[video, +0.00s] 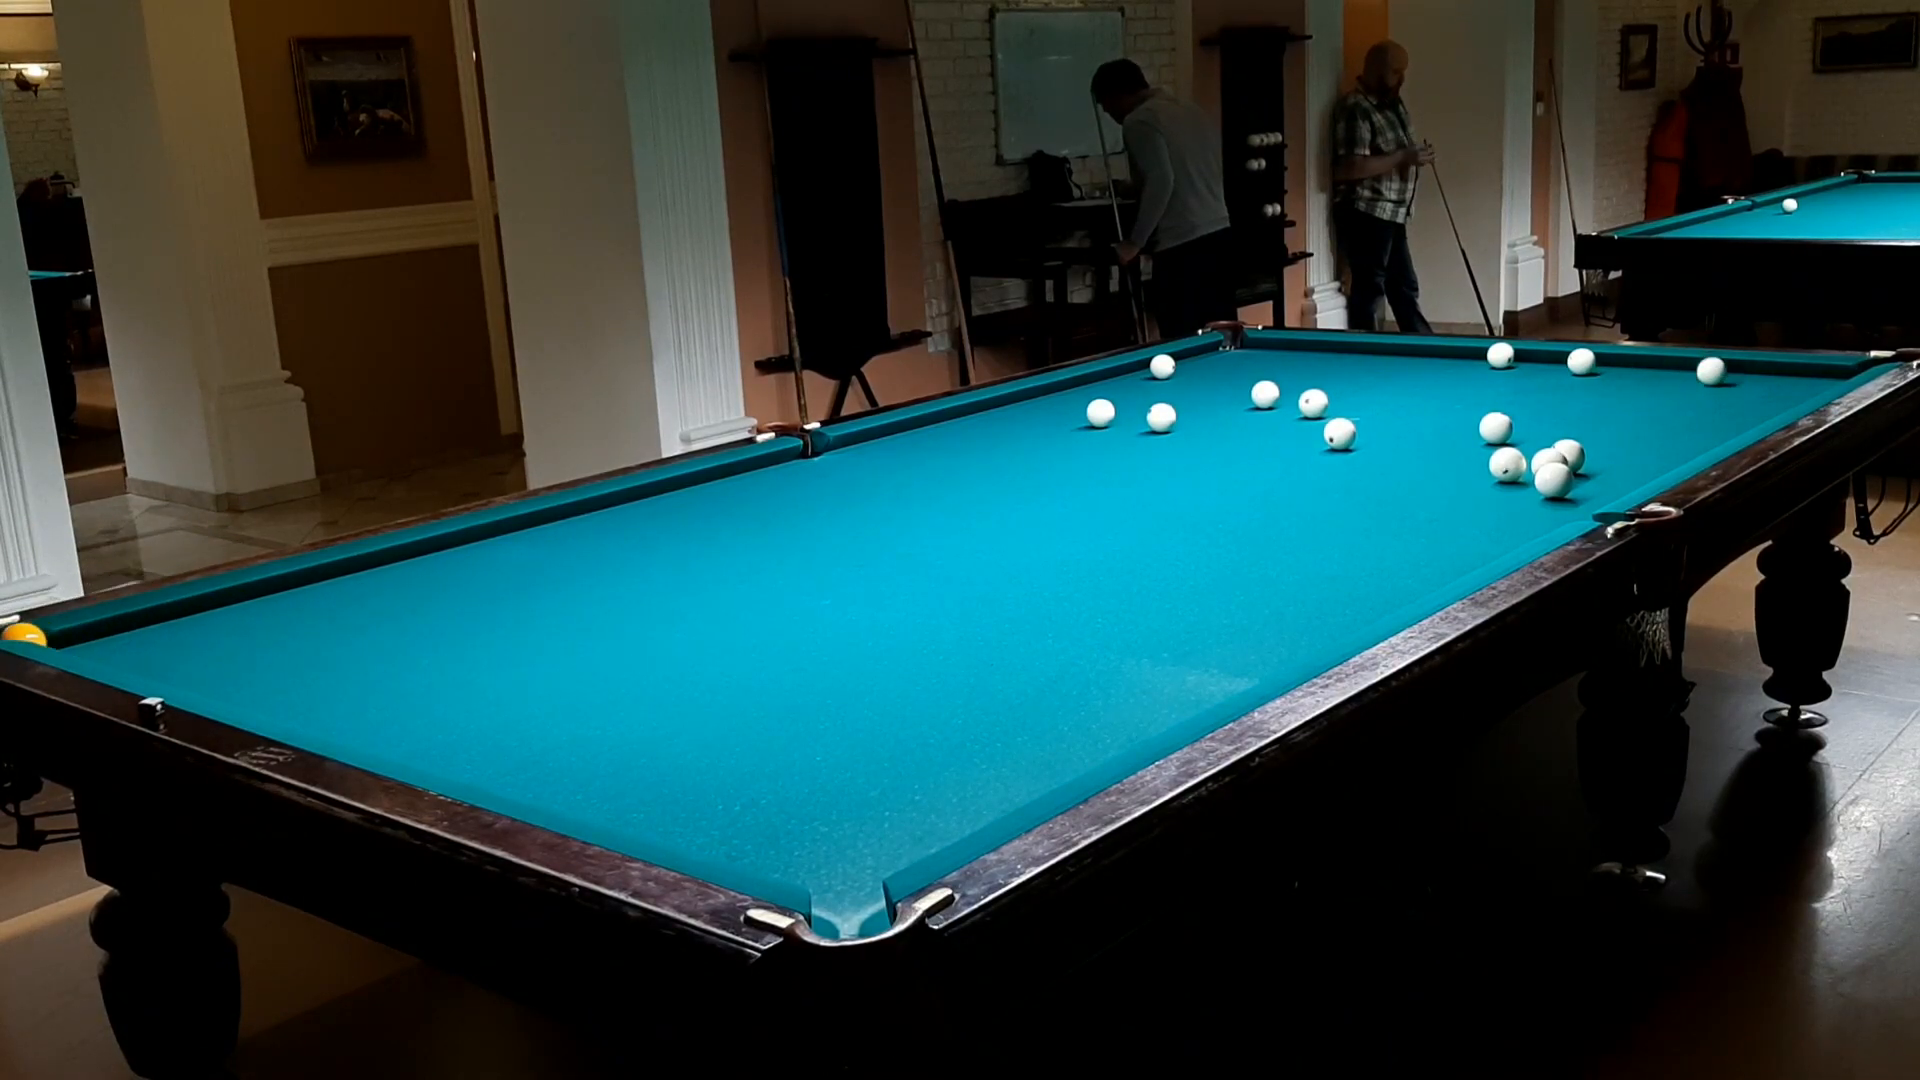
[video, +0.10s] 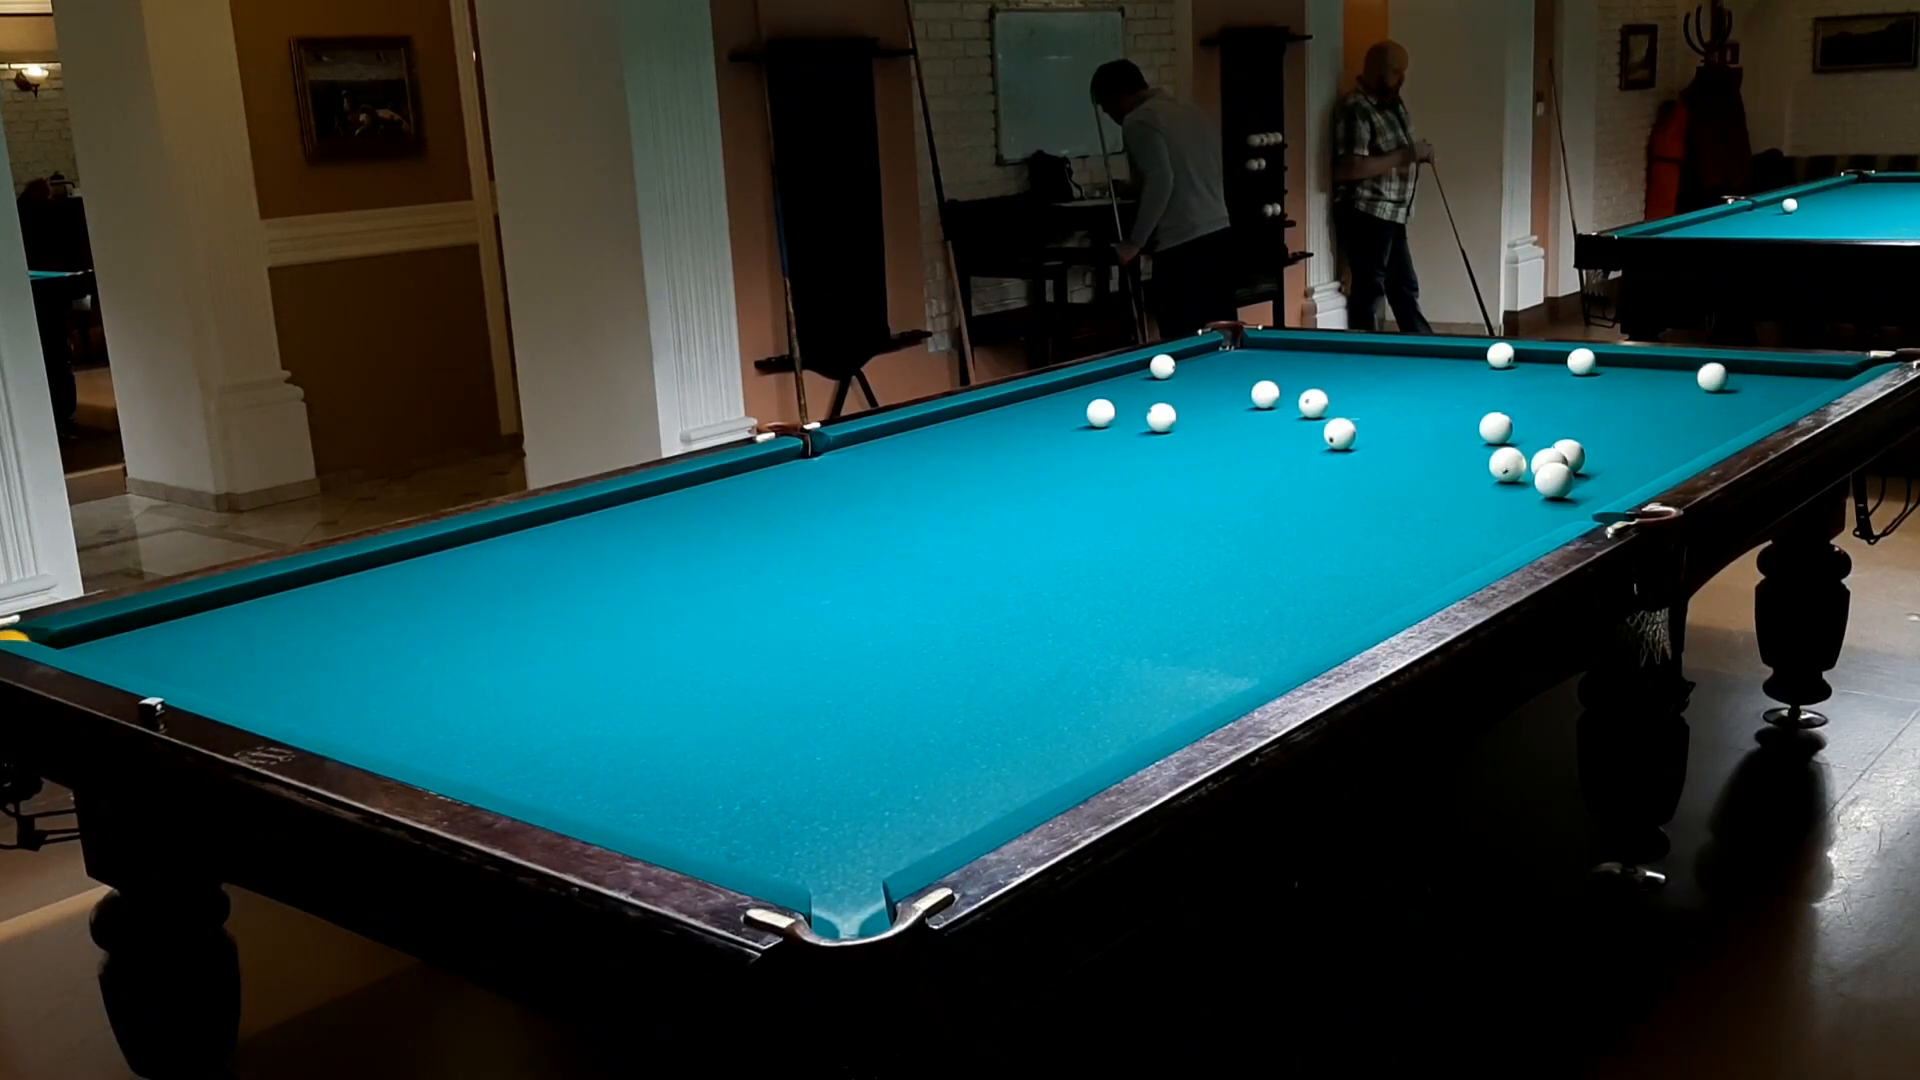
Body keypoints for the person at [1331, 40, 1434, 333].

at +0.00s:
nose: (1401, 80)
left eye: (1403, 73)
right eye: (1396, 72)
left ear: (1401, 72)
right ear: (1377, 70)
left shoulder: (1393, 104)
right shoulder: (1355, 107)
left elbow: (1389, 155)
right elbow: (1351, 167)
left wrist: (1414, 156)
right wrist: (1402, 157)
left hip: (1390, 216)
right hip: (1363, 215)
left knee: (1404, 289)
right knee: (1367, 291)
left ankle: (1425, 352)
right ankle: (1363, 358)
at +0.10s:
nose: (1402, 80)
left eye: (1404, 73)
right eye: (1396, 73)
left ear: (1400, 72)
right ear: (1377, 70)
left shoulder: (1393, 104)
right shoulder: (1355, 107)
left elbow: (1388, 154)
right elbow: (1350, 167)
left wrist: (1416, 153)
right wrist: (1403, 156)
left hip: (1390, 216)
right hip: (1363, 215)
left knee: (1404, 289)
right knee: (1366, 291)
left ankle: (1425, 352)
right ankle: (1363, 358)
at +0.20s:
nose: (1402, 80)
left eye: (1404, 73)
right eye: (1396, 73)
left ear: (1401, 72)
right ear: (1376, 70)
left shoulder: (1393, 104)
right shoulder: (1354, 107)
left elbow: (1390, 154)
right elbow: (1350, 167)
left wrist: (1418, 155)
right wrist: (1399, 155)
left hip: (1390, 216)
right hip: (1363, 215)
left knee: (1404, 289)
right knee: (1366, 292)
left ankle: (1425, 353)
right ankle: (1363, 359)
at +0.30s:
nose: (1402, 79)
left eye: (1403, 72)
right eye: (1396, 72)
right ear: (1375, 70)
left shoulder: (1393, 104)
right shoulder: (1354, 107)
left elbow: (1389, 156)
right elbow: (1352, 167)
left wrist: (1417, 156)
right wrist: (1402, 152)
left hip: (1390, 217)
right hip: (1363, 216)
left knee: (1404, 289)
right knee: (1366, 292)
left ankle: (1426, 353)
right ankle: (1363, 359)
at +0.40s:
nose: (1402, 79)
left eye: (1403, 72)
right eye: (1395, 72)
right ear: (1376, 70)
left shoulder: (1393, 104)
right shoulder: (1354, 107)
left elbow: (1389, 157)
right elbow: (1352, 167)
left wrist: (1417, 156)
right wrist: (1402, 151)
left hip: (1390, 217)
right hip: (1363, 216)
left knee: (1404, 290)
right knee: (1366, 292)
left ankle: (1426, 353)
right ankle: (1363, 360)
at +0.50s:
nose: (1401, 78)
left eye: (1403, 71)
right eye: (1395, 71)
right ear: (1375, 70)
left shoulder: (1393, 104)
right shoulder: (1354, 106)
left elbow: (1389, 157)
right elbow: (1352, 167)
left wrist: (1417, 156)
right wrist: (1403, 151)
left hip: (1390, 217)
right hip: (1363, 215)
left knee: (1404, 289)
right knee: (1366, 292)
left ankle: (1426, 353)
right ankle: (1363, 359)